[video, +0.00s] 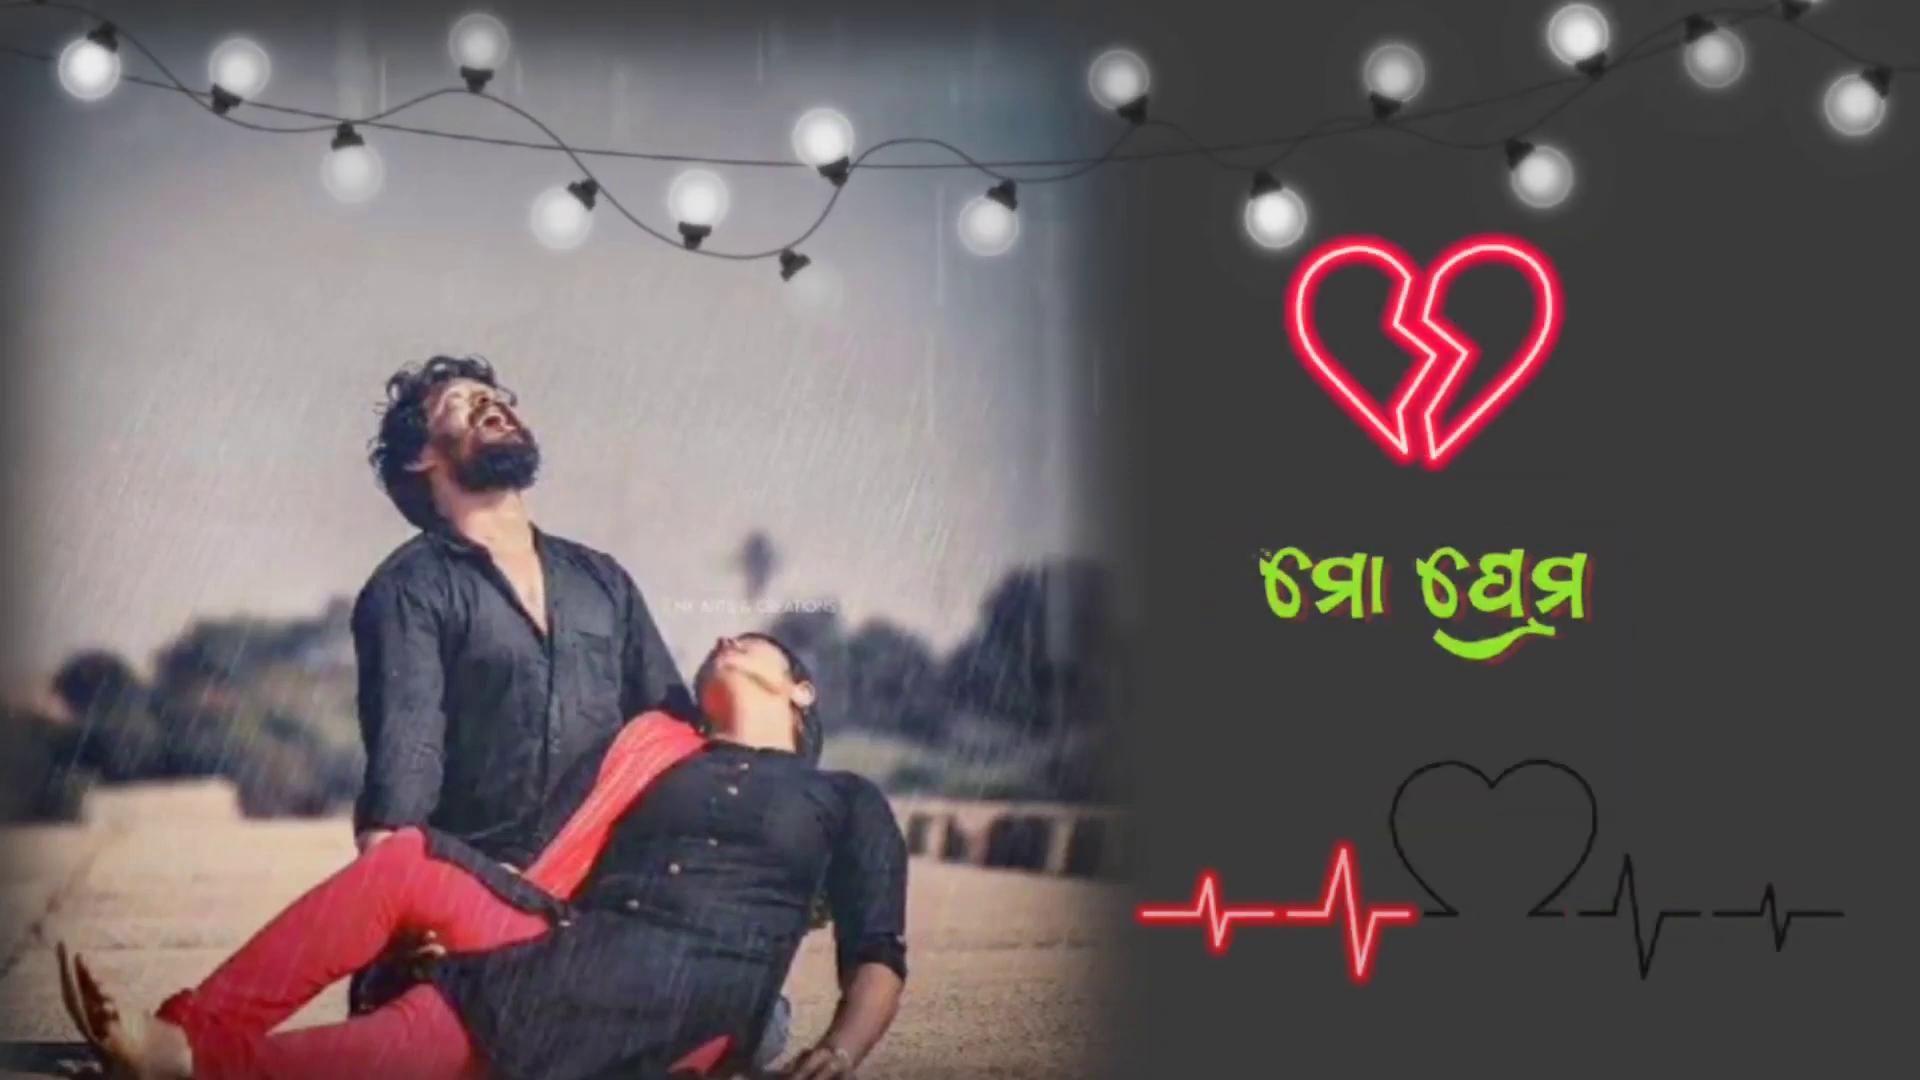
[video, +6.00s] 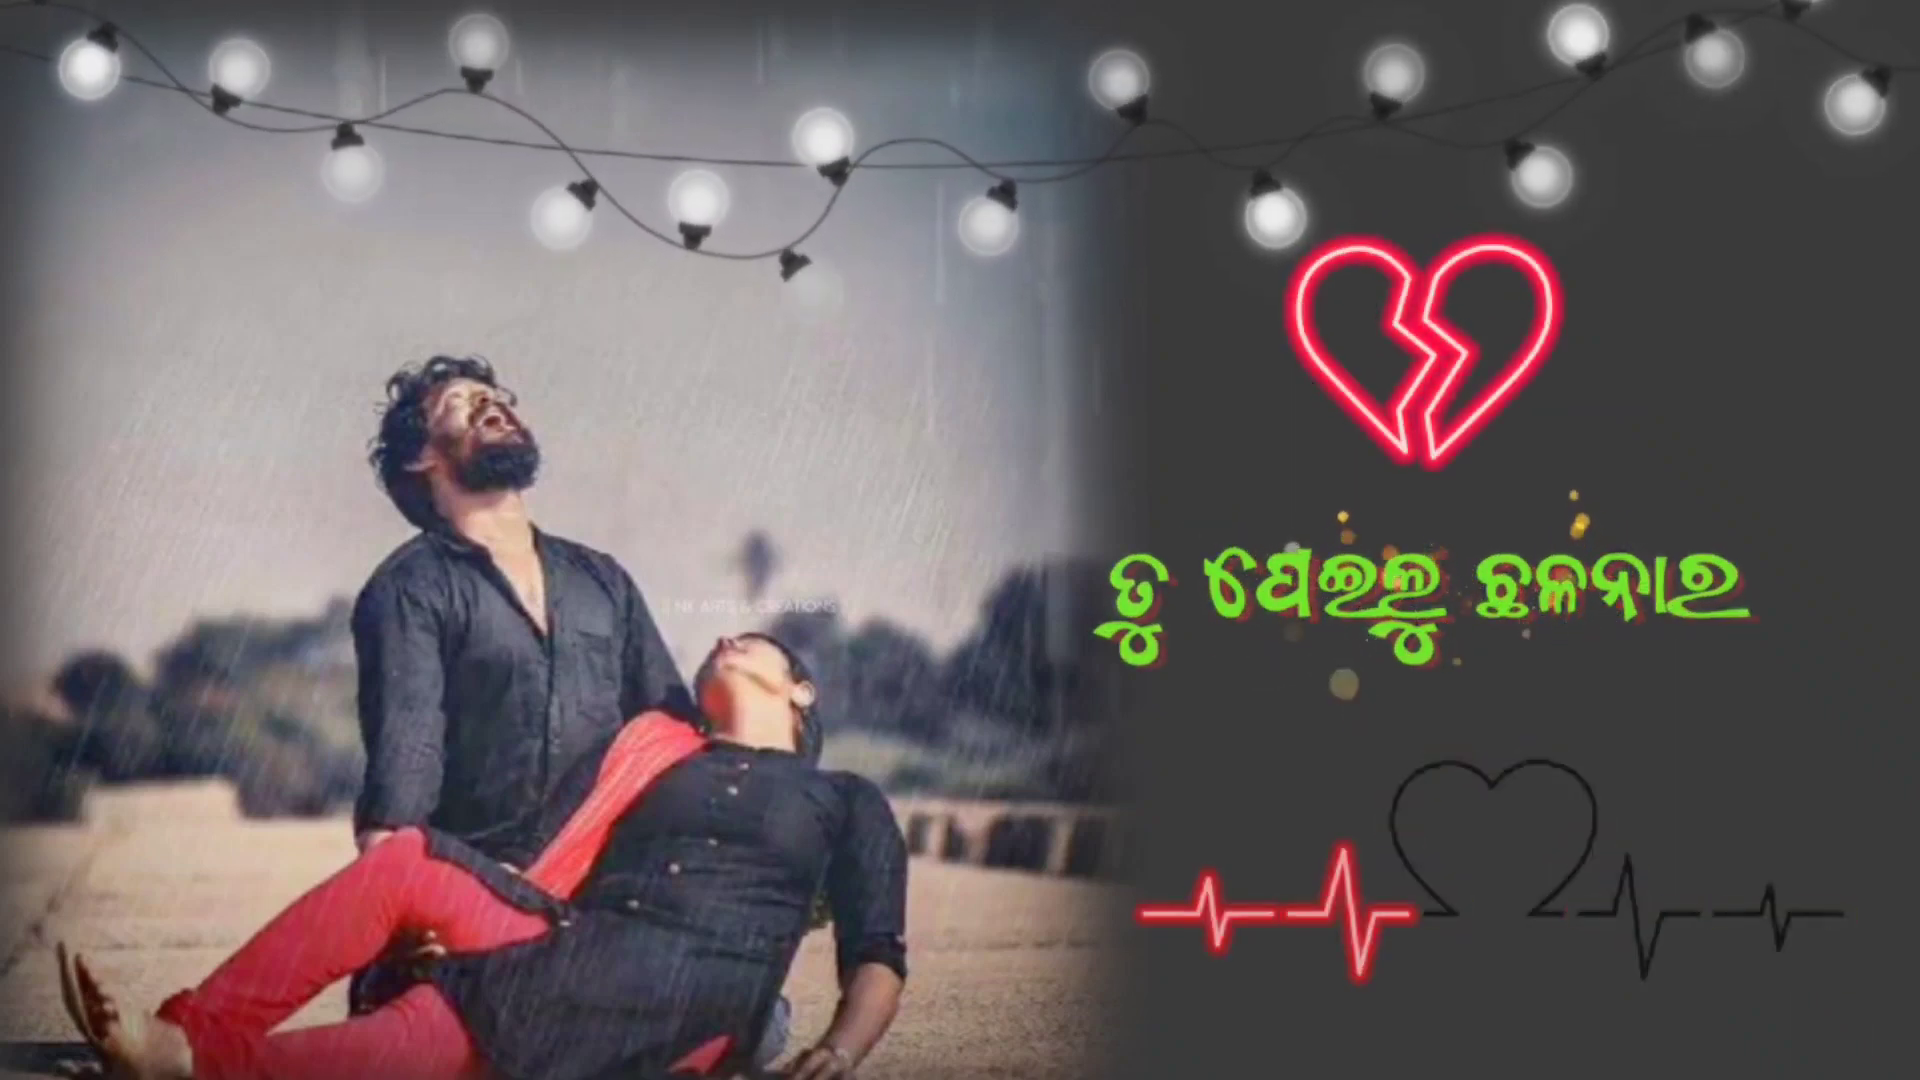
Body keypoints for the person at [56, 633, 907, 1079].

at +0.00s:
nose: (722, 662)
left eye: (749, 657)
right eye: (717, 661)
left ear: (799, 700)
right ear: (708, 699)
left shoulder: (843, 798)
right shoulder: (663, 757)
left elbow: (878, 967)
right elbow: (576, 894)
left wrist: (834, 1066)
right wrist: (456, 948)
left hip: (693, 981)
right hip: (588, 945)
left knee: (448, 1029)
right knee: (400, 860)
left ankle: (186, 1059)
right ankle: (178, 1040)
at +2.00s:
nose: (722, 662)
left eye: (749, 657)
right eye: (717, 661)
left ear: (799, 699)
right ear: (708, 699)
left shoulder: (843, 798)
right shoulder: (662, 757)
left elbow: (878, 967)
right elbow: (576, 895)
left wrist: (834, 1067)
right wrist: (456, 949)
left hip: (693, 981)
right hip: (588, 945)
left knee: (450, 1028)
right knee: (401, 861)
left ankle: (188, 1060)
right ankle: (178, 1040)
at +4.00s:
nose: (721, 660)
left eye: (749, 656)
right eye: (717, 659)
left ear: (799, 699)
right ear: (709, 698)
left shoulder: (844, 798)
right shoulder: (662, 755)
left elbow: (879, 967)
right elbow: (574, 892)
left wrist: (836, 1063)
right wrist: (455, 949)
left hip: (693, 982)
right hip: (587, 946)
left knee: (451, 1028)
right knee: (400, 859)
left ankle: (187, 1058)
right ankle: (178, 1041)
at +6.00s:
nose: (721, 660)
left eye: (749, 656)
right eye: (717, 659)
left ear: (799, 699)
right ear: (709, 698)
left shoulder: (844, 798)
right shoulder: (662, 755)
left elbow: (879, 967)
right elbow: (574, 892)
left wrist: (836, 1063)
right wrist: (455, 949)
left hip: (693, 983)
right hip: (587, 946)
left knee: (451, 1028)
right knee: (400, 859)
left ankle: (187, 1058)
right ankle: (178, 1041)